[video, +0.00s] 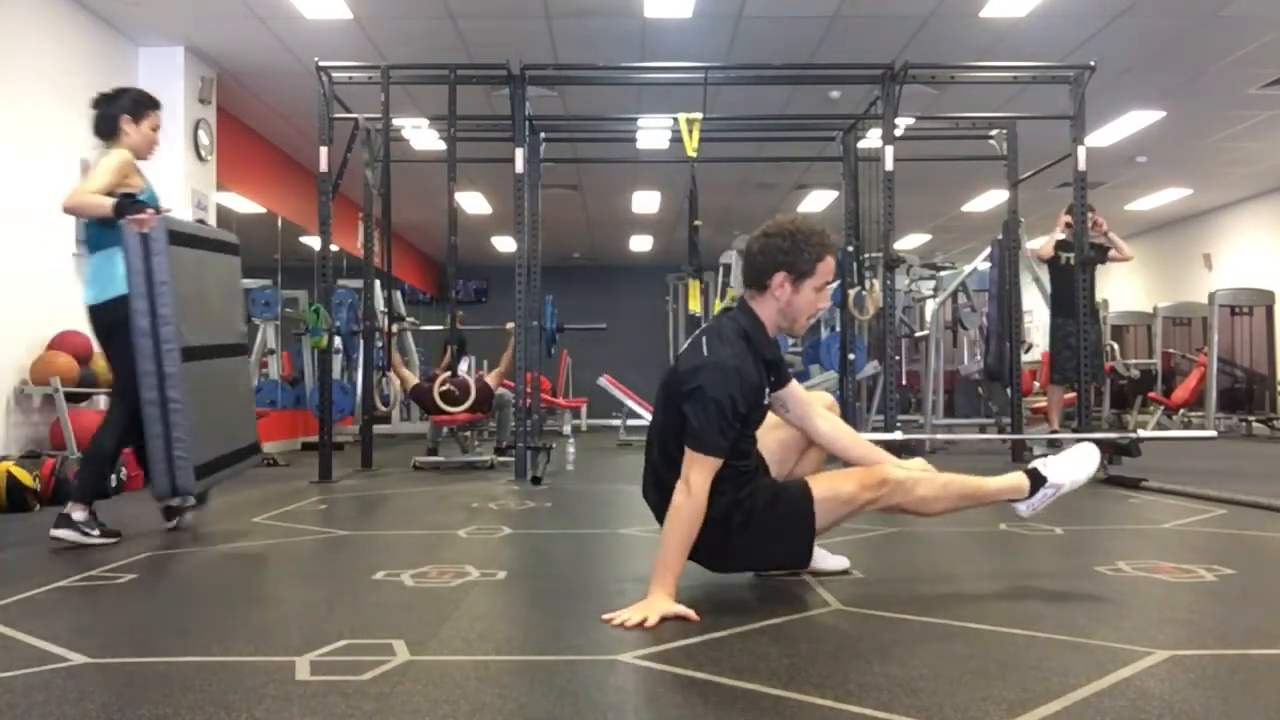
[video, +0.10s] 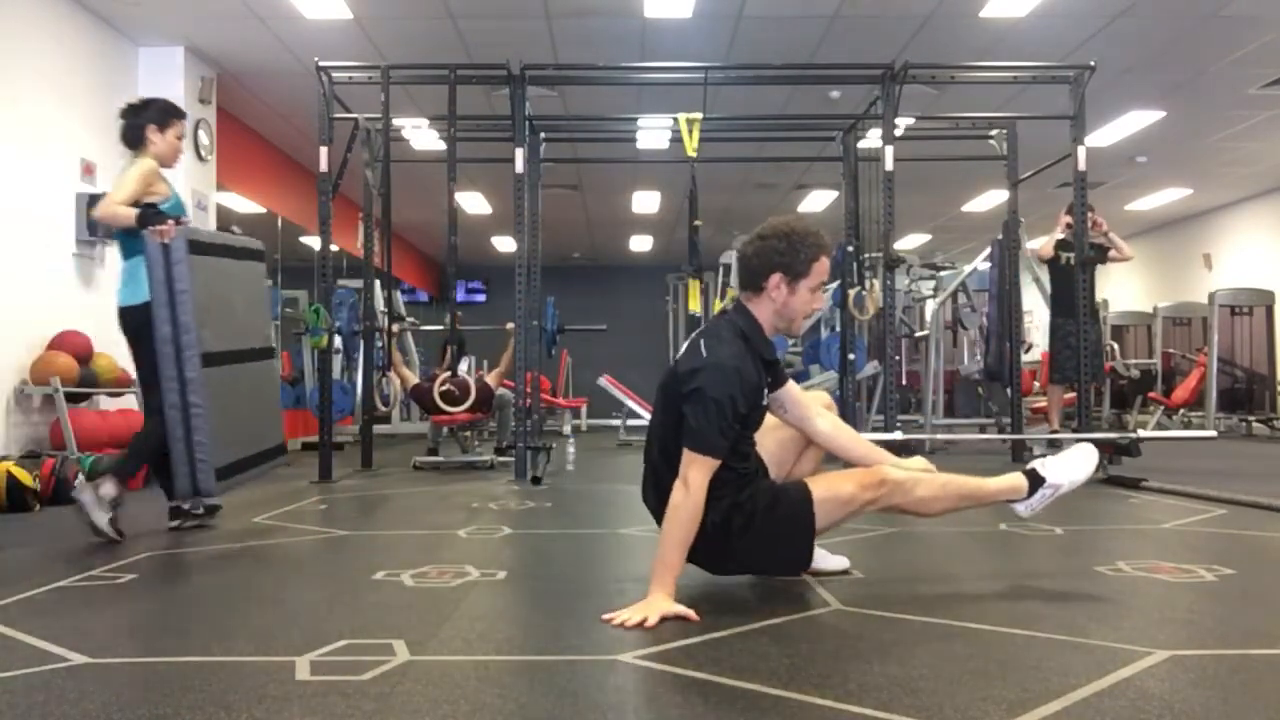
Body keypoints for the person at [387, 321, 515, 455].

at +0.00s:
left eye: (443, 383)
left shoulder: (428, 398)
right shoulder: (480, 396)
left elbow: (399, 370)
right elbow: (501, 370)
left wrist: (389, 338)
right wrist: (513, 337)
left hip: (438, 407)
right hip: (476, 405)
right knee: (505, 396)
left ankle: (432, 446)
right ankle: (502, 444)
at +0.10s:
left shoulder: (427, 398)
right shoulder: (481, 395)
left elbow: (399, 368)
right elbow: (502, 370)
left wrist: (392, 339)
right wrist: (512, 337)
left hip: (439, 407)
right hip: (476, 406)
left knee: (437, 409)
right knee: (506, 397)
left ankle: (433, 446)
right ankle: (502, 444)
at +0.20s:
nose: (446, 382)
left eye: (444, 383)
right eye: (448, 383)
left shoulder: (428, 399)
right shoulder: (481, 396)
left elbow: (400, 368)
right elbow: (502, 370)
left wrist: (391, 339)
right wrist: (513, 338)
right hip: (476, 406)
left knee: (438, 409)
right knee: (506, 397)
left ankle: (433, 446)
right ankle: (502, 445)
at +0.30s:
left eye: (443, 382)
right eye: (445, 383)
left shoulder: (428, 400)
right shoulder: (480, 396)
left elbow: (400, 368)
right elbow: (502, 370)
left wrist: (392, 339)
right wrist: (513, 338)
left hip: (439, 407)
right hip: (476, 406)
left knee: (437, 410)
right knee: (506, 398)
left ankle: (433, 447)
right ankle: (502, 445)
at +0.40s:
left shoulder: (427, 399)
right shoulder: (480, 395)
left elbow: (400, 368)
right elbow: (502, 370)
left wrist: (391, 338)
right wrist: (513, 338)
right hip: (475, 406)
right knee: (506, 398)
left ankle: (432, 447)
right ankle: (502, 445)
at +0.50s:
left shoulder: (428, 399)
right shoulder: (480, 395)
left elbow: (401, 368)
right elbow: (502, 370)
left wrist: (391, 339)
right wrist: (513, 338)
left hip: (439, 407)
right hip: (476, 405)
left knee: (437, 410)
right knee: (506, 398)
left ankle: (432, 447)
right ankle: (502, 445)